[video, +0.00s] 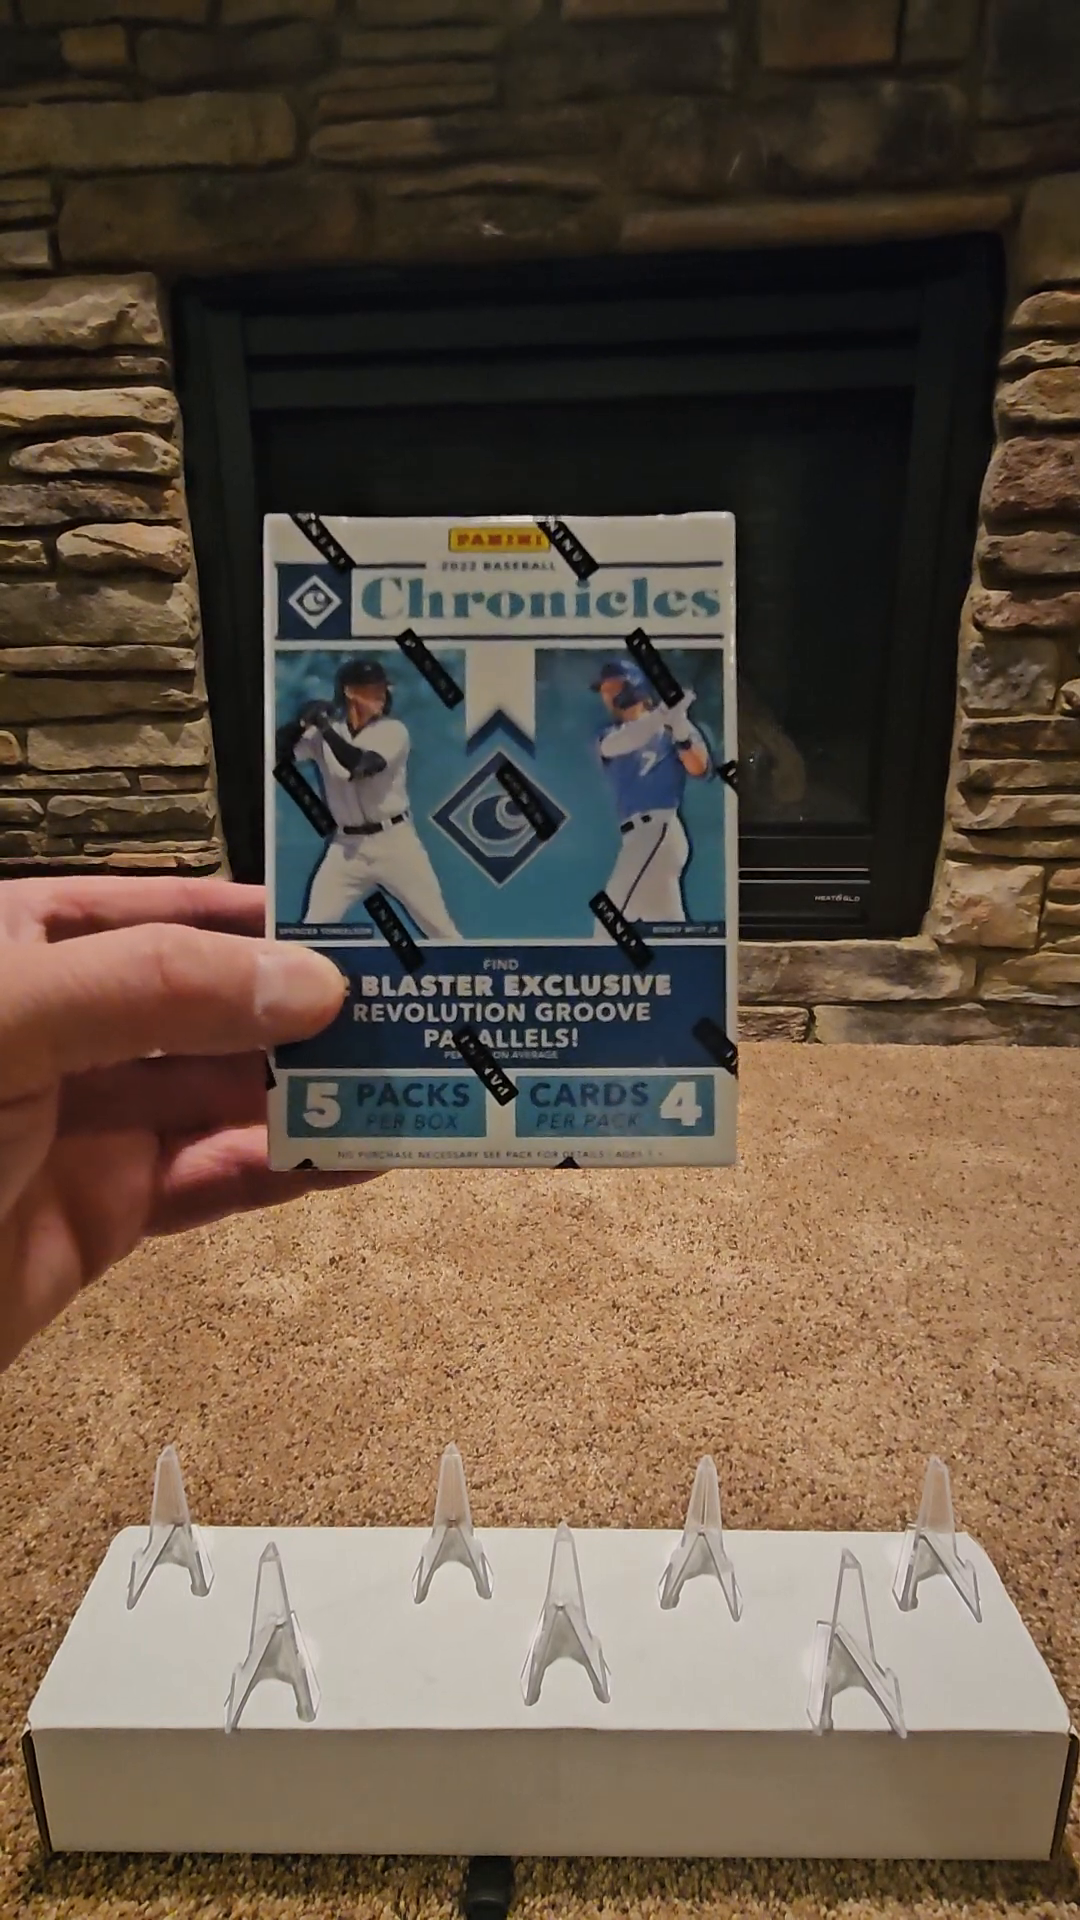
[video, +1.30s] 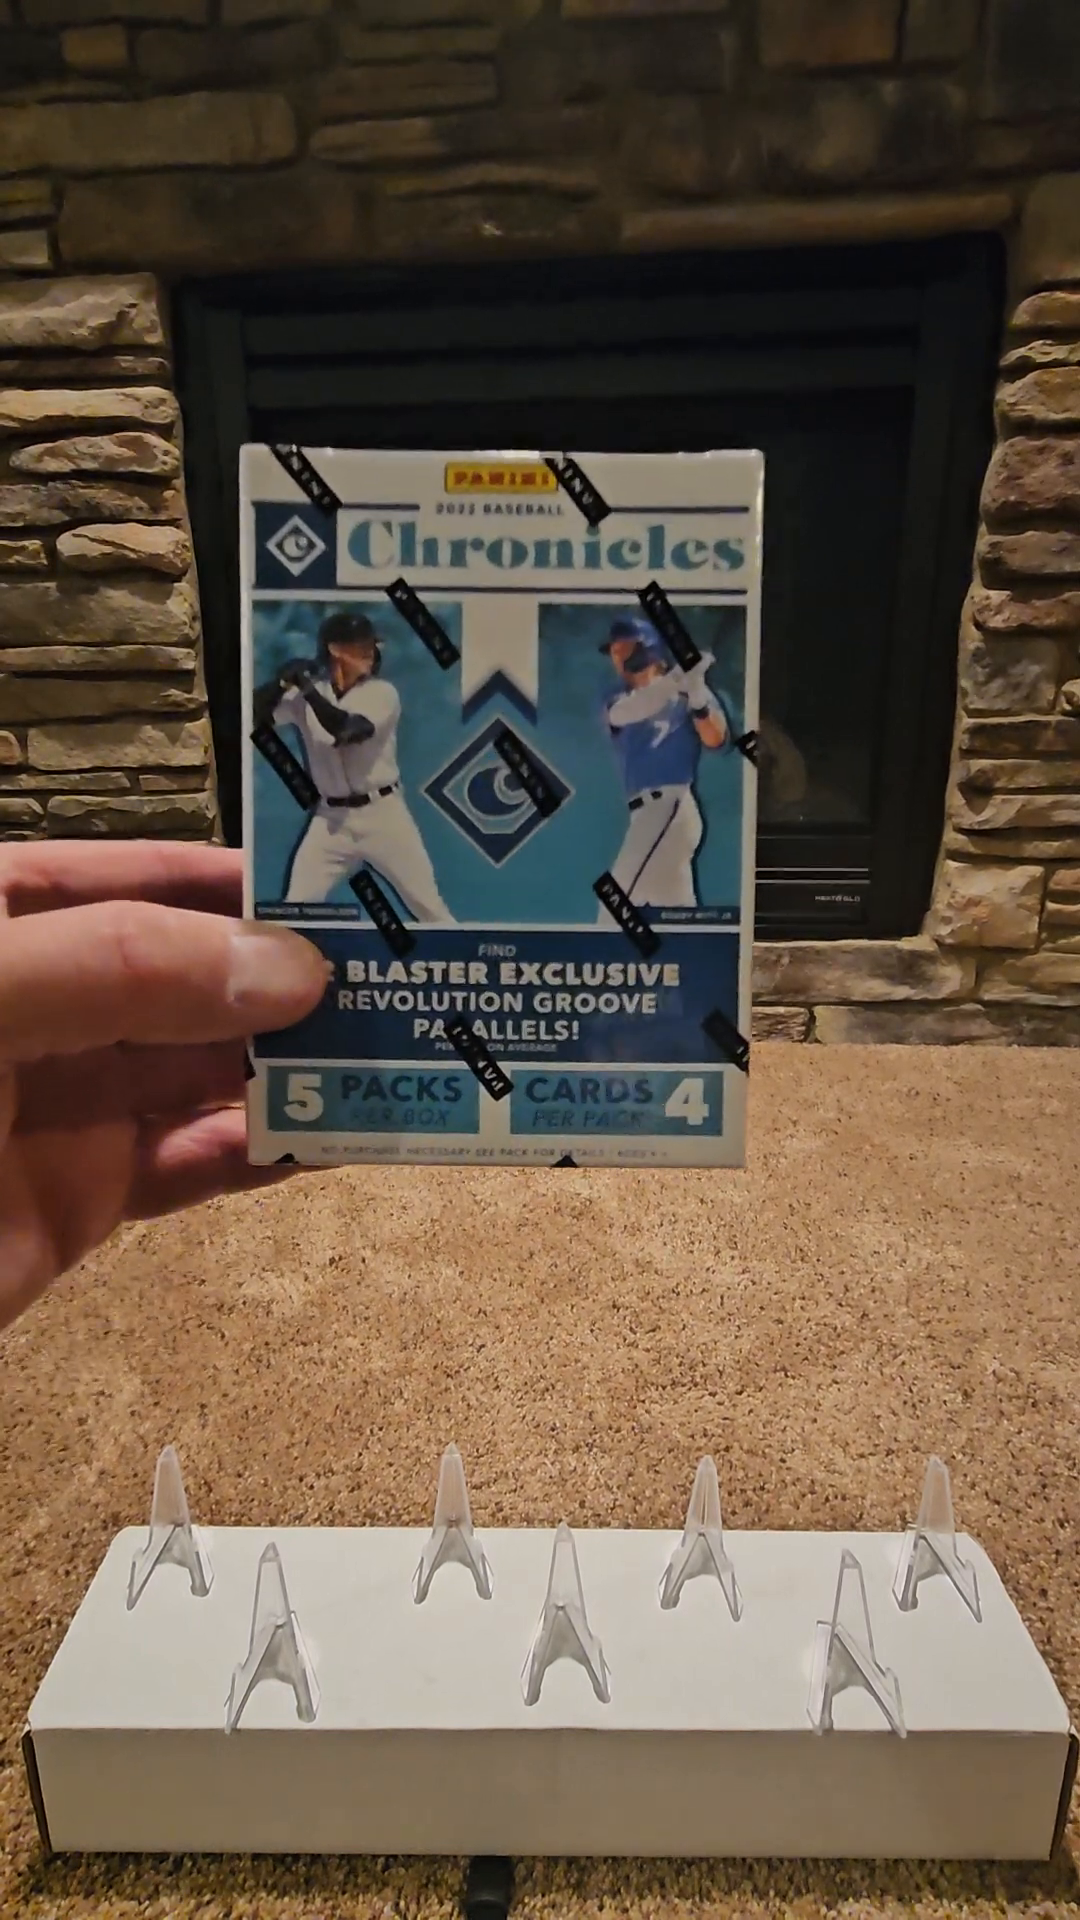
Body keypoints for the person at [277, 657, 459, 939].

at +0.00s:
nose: (381, 693)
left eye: (382, 687)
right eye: (372, 687)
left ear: (387, 691)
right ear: (350, 692)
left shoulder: (393, 731)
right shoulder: (323, 735)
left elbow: (359, 766)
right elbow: (279, 753)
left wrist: (324, 726)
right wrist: (300, 724)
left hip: (395, 843)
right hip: (346, 847)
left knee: (439, 928)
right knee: (314, 932)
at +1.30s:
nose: (371, 651)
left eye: (371, 644)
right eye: (361, 644)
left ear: (375, 649)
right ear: (335, 650)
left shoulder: (381, 693)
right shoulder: (303, 699)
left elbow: (344, 731)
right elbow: (255, 716)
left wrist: (307, 689)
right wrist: (282, 683)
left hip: (384, 816)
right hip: (330, 820)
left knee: (428, 906)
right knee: (297, 912)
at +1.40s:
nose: (349, 622)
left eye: (350, 615)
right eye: (339, 615)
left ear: (353, 620)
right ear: (313, 620)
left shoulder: (360, 665)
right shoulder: (281, 669)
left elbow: (324, 705)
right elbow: (231, 690)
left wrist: (283, 660)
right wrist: (258, 654)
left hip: (363, 792)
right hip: (308, 796)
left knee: (411, 887)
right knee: (275, 889)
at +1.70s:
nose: (333, 562)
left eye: (334, 555)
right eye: (322, 555)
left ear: (339, 561)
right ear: (295, 562)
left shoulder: (347, 609)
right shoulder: (261, 616)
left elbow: (308, 653)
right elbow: (206, 635)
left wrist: (263, 605)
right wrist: (235, 602)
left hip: (352, 746)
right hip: (293, 751)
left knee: (403, 845)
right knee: (258, 854)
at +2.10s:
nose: (368, 521)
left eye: (369, 513)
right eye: (357, 512)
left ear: (374, 520)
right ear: (326, 519)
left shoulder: (381, 572)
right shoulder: (288, 579)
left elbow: (339, 619)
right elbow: (229, 599)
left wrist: (290, 567)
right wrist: (261, 561)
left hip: (386, 723)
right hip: (321, 728)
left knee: (441, 835)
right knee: (280, 842)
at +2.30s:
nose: (379, 484)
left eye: (381, 475)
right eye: (367, 475)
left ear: (386, 483)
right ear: (337, 482)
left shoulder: (394, 538)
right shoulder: (298, 543)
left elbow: (352, 587)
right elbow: (235, 567)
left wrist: (301, 534)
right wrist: (271, 526)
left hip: (398, 694)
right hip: (331, 700)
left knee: (455, 812)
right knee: (287, 817)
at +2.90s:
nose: (381, 613)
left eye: (382, 605)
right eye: (369, 605)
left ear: (386, 611)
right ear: (341, 612)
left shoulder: (394, 661)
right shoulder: (305, 668)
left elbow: (350, 708)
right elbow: (245, 693)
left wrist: (306, 655)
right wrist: (278, 651)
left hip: (397, 807)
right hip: (334, 812)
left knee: (450, 914)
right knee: (295, 919)